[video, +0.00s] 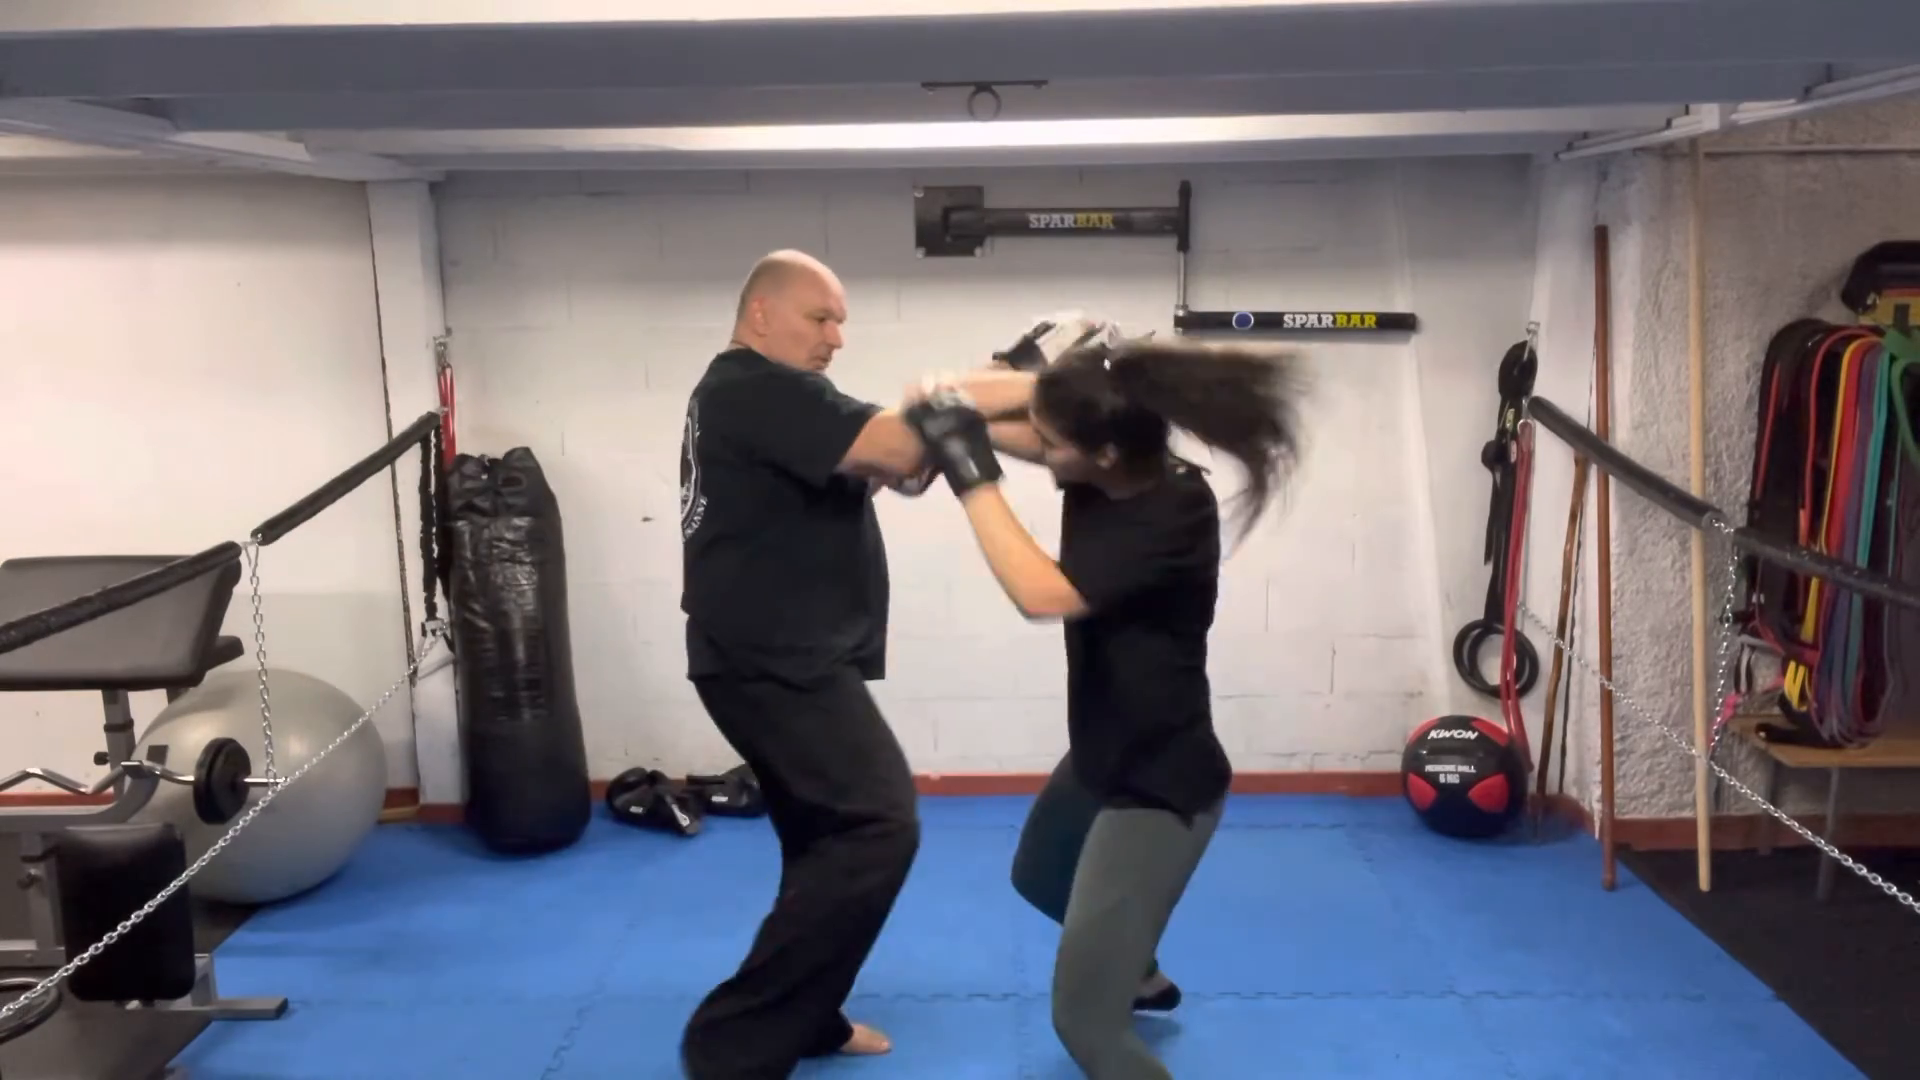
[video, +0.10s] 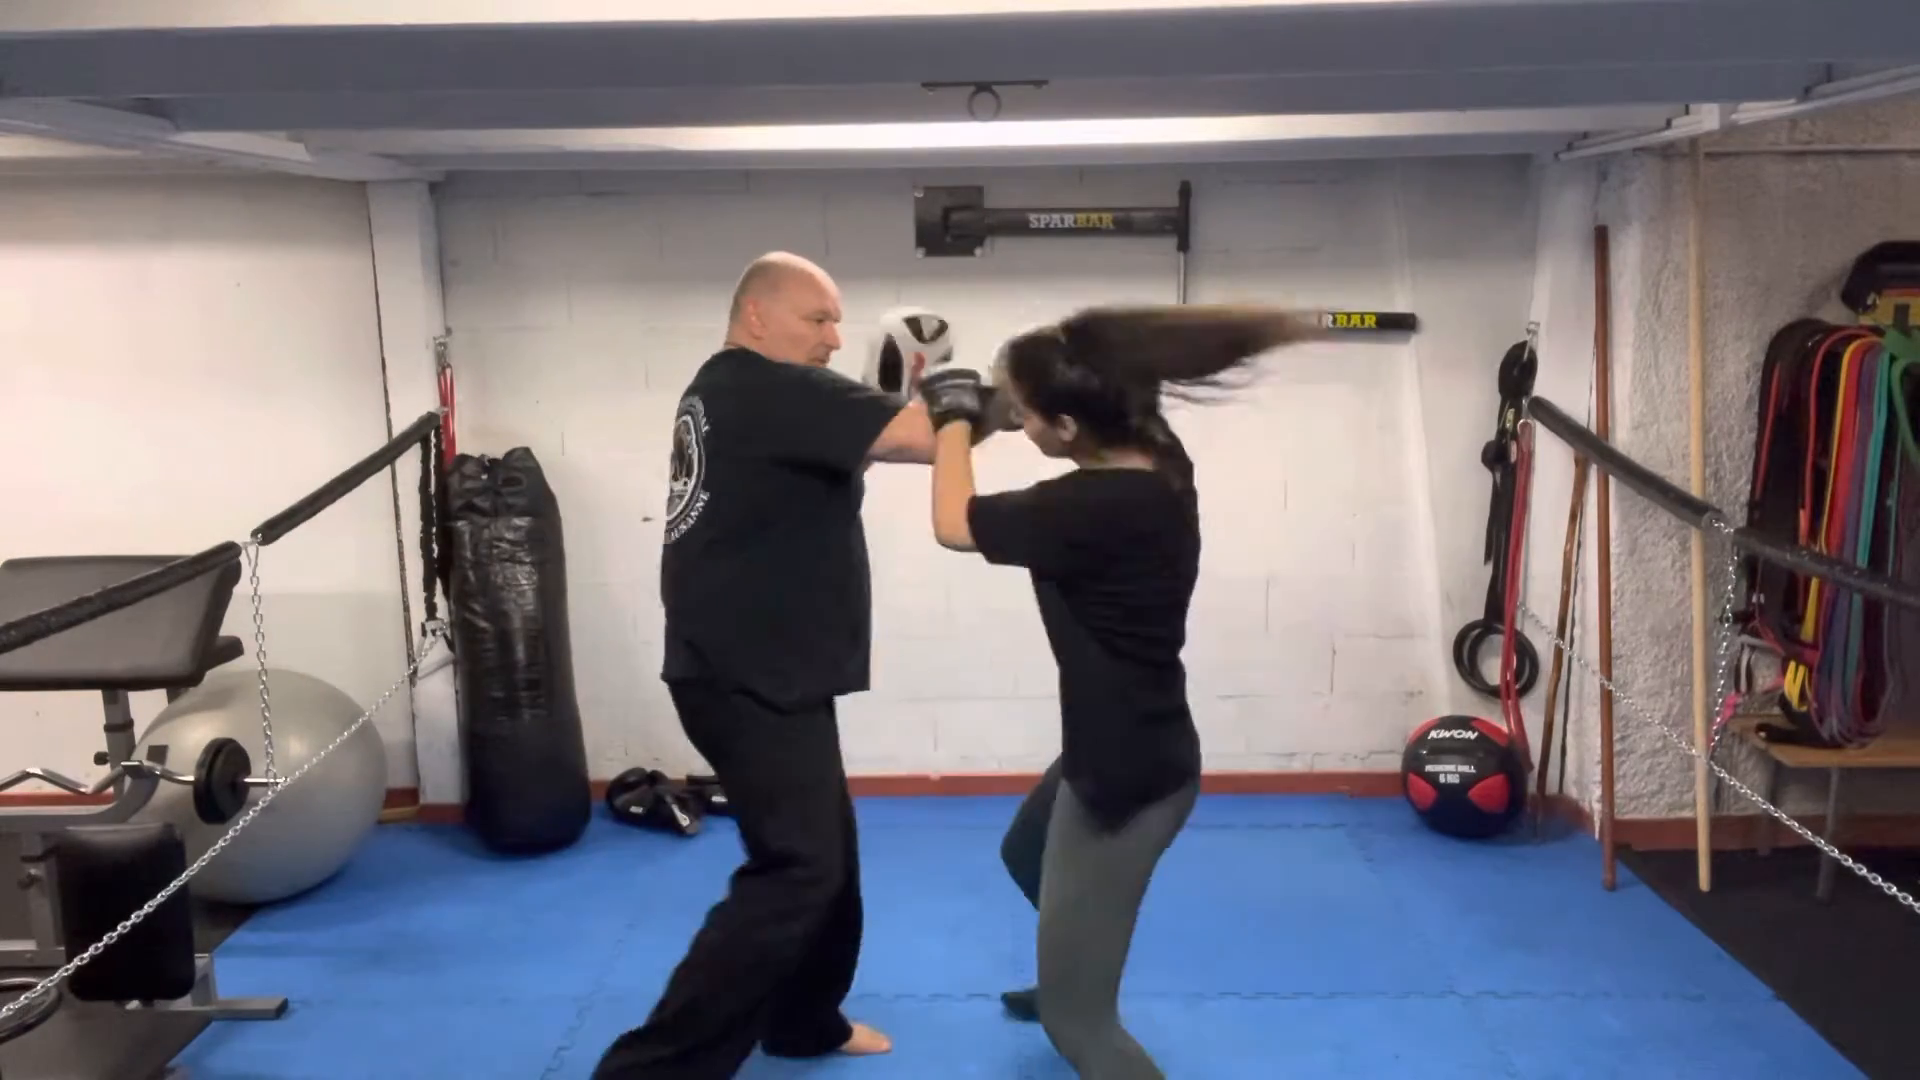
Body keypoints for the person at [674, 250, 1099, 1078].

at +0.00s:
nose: (835, 339)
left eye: (838, 324)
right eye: (820, 321)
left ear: (763, 320)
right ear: (758, 314)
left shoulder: (775, 390)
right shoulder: (754, 389)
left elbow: (906, 465)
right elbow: (894, 446)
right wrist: (1022, 379)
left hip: (784, 661)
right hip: (775, 664)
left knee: (829, 839)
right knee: (878, 828)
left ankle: (804, 1014)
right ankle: (736, 1042)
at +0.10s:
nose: (833, 338)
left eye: (835, 323)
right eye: (818, 320)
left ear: (756, 323)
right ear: (756, 317)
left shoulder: (737, 385)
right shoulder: (761, 389)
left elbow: (846, 441)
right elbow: (920, 431)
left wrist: (898, 390)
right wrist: (978, 393)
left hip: (772, 668)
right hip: (747, 674)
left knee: (828, 850)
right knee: (802, 866)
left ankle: (803, 1023)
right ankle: (652, 1069)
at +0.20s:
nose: (830, 344)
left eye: (832, 328)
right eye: (818, 327)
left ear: (745, 328)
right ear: (760, 325)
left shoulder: (701, 394)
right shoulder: (780, 399)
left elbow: (818, 453)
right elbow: (937, 467)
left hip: (737, 681)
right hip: (732, 691)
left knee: (810, 856)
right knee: (710, 893)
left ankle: (803, 1023)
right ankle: (590, 1073)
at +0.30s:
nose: (818, 355)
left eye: (821, 340)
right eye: (808, 338)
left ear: (737, 340)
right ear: (752, 337)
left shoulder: (680, 404)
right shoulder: (787, 431)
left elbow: (794, 449)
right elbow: (901, 550)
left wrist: (842, 377)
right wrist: (947, 535)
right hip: (712, 705)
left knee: (795, 857)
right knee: (656, 903)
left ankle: (799, 1021)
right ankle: (549, 1072)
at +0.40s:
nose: (809, 364)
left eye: (808, 348)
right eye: (795, 347)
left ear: (729, 351)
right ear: (737, 350)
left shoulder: (670, 411)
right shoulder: (755, 444)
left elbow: (804, 430)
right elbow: (824, 602)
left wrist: (868, 352)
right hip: (681, 711)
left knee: (779, 857)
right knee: (653, 914)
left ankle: (797, 1022)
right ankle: (543, 1073)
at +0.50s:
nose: (775, 373)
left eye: (775, 355)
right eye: (762, 354)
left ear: (693, 357)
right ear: (697, 356)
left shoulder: (655, 417)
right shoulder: (703, 454)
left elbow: (803, 422)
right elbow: (749, 630)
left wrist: (872, 333)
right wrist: (804, 716)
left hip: (681, 704)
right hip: (647, 717)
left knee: (761, 872)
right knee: (631, 940)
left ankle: (796, 1024)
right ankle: (548, 1075)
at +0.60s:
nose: (728, 372)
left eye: (727, 355)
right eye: (714, 354)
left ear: (652, 355)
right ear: (651, 353)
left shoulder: (672, 425)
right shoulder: (616, 446)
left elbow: (786, 434)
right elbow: (663, 632)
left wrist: (879, 362)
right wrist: (756, 722)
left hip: (680, 721)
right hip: (616, 735)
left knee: (746, 887)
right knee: (599, 947)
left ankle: (797, 1026)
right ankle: (541, 1075)